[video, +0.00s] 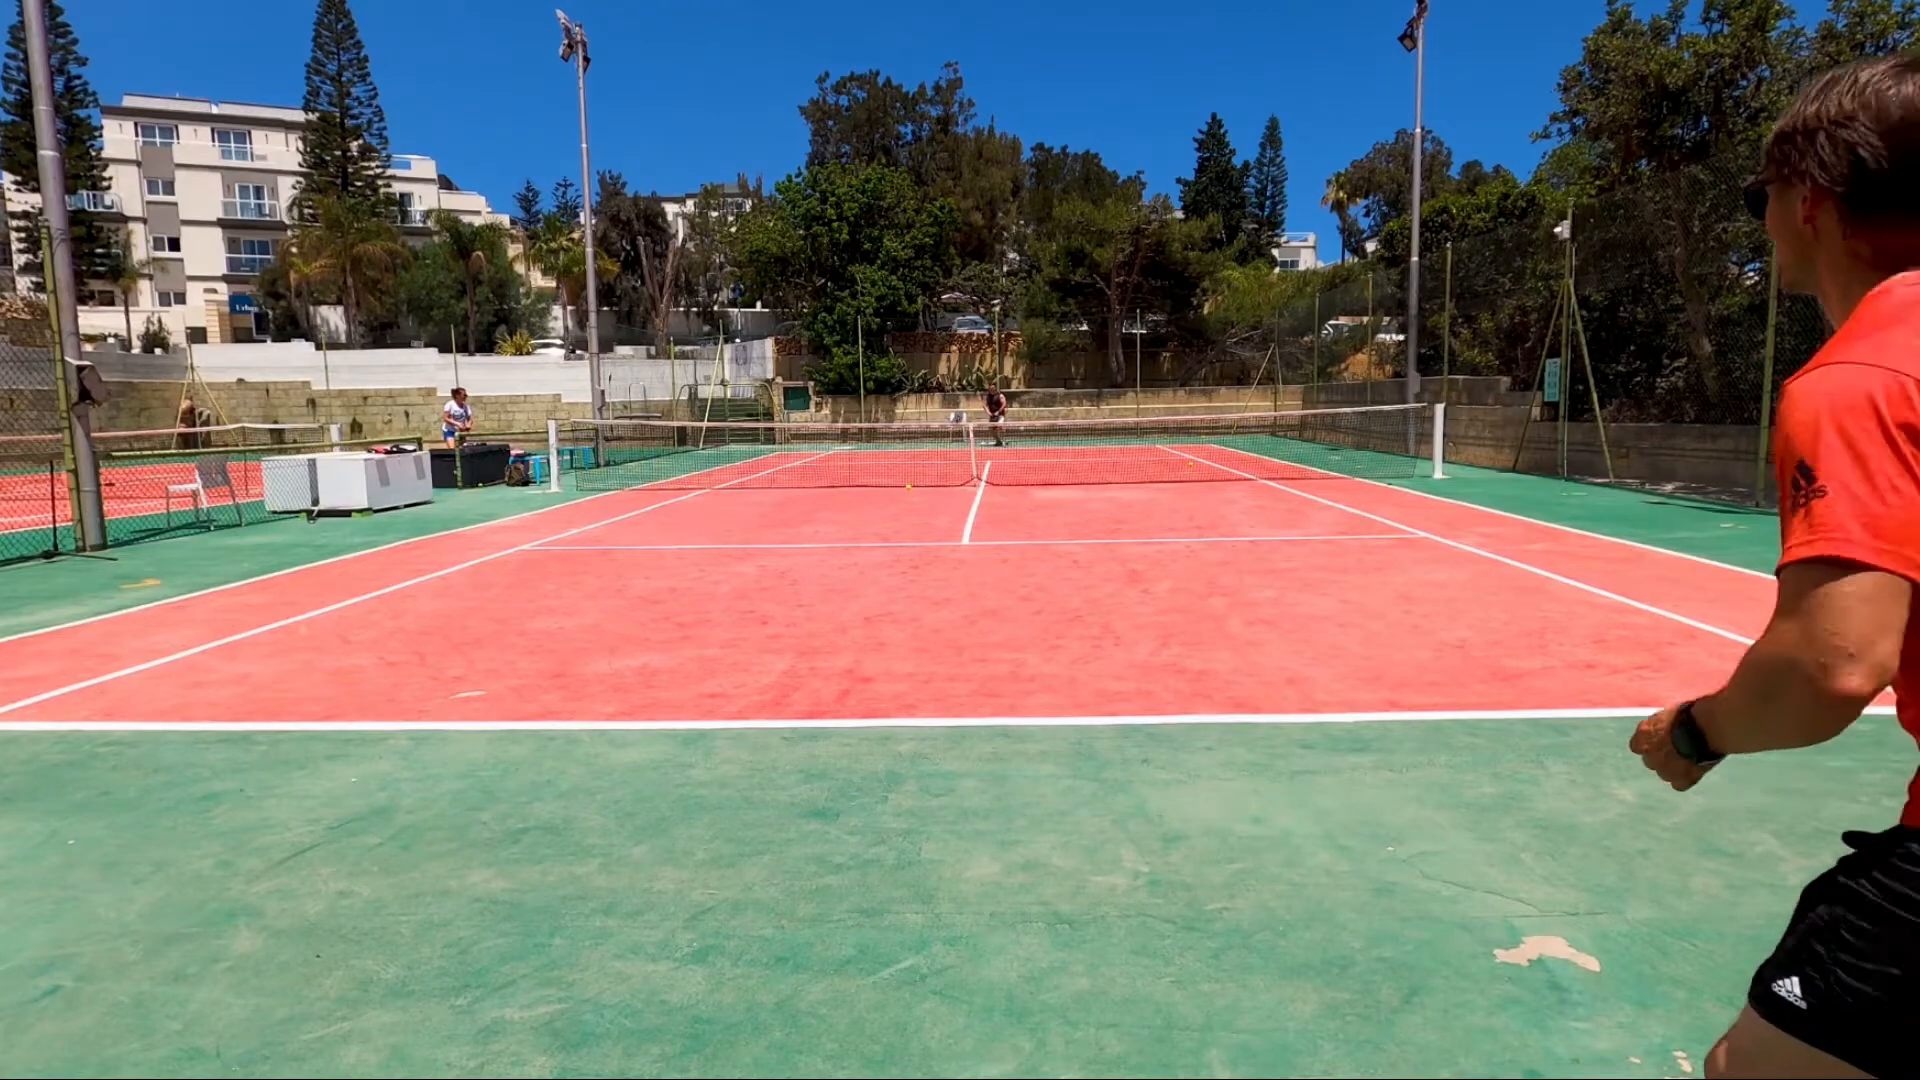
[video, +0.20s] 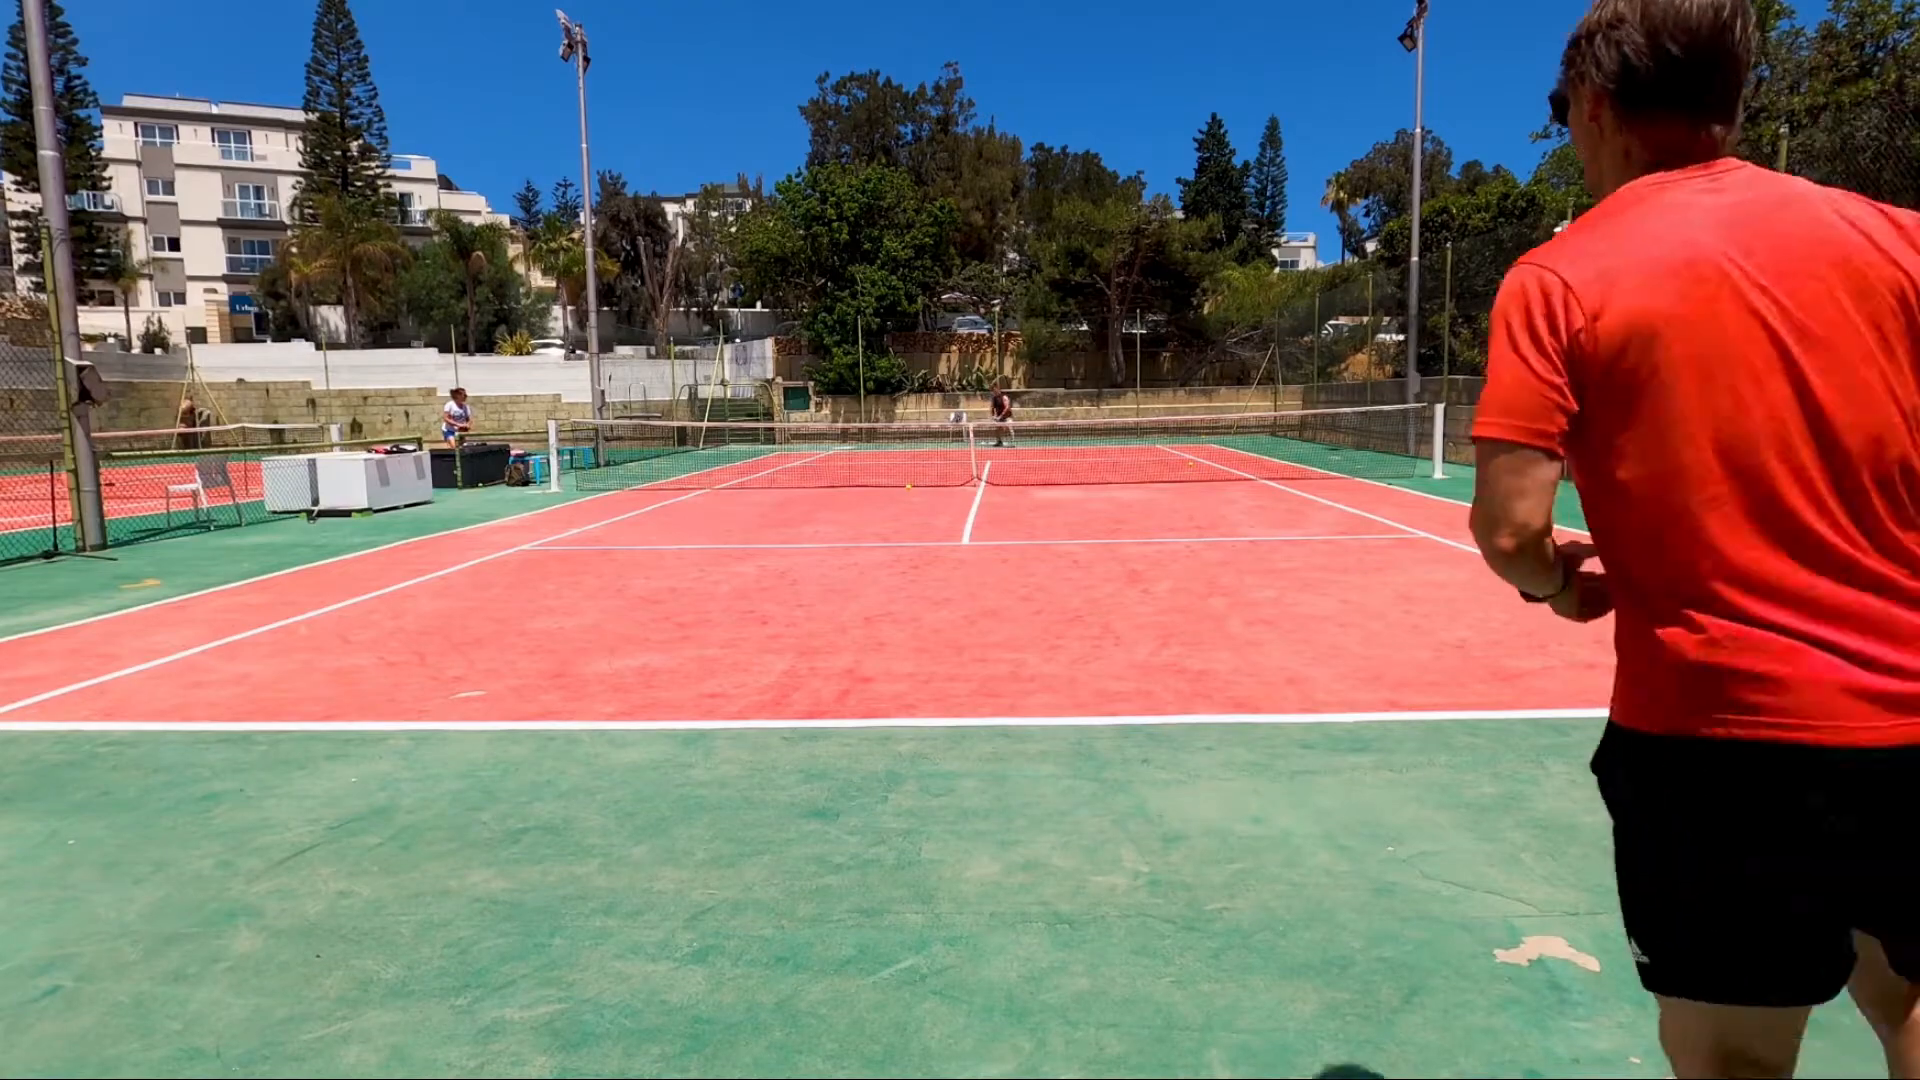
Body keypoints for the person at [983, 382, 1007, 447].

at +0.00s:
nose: (992, 391)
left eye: (993, 389)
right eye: (991, 389)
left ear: (995, 389)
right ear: (989, 390)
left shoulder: (1000, 396)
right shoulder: (988, 397)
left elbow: (1004, 404)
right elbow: (985, 405)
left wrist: (998, 412)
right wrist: (989, 413)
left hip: (1000, 414)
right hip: (992, 414)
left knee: (998, 426)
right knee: (992, 428)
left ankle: (1000, 440)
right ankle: (998, 441)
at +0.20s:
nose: (995, 392)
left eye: (996, 390)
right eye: (994, 391)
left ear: (999, 390)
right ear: (993, 392)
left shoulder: (1004, 397)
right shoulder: (994, 399)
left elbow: (1007, 407)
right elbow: (992, 408)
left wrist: (1000, 416)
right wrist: (993, 415)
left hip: (1006, 416)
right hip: (999, 416)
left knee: (1009, 427)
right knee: (997, 429)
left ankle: (1012, 442)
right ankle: (999, 441)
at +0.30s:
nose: (996, 391)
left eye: (997, 389)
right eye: (995, 389)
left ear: (1000, 388)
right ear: (994, 390)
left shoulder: (1005, 397)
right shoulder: (997, 398)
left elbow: (1006, 408)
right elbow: (995, 407)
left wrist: (1000, 416)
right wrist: (995, 416)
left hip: (1010, 415)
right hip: (1003, 415)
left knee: (1009, 426)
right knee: (1000, 426)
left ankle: (1012, 439)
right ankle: (1005, 439)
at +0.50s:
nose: (1000, 392)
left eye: (1000, 390)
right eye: (998, 391)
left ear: (1003, 390)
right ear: (998, 392)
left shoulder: (1008, 397)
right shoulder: (1001, 398)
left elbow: (1005, 405)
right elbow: (1000, 407)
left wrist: (999, 412)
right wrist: (997, 415)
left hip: (1014, 413)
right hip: (1008, 414)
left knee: (1012, 424)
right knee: (1008, 426)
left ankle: (1017, 440)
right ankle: (1013, 441)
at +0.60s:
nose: (1000, 393)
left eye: (1001, 391)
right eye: (999, 392)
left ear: (1004, 391)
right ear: (998, 392)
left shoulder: (1008, 397)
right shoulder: (1001, 399)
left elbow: (1012, 403)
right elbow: (1003, 409)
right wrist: (998, 418)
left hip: (1016, 415)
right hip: (1011, 416)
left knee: (1015, 426)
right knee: (1011, 429)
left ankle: (1016, 440)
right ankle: (1012, 441)